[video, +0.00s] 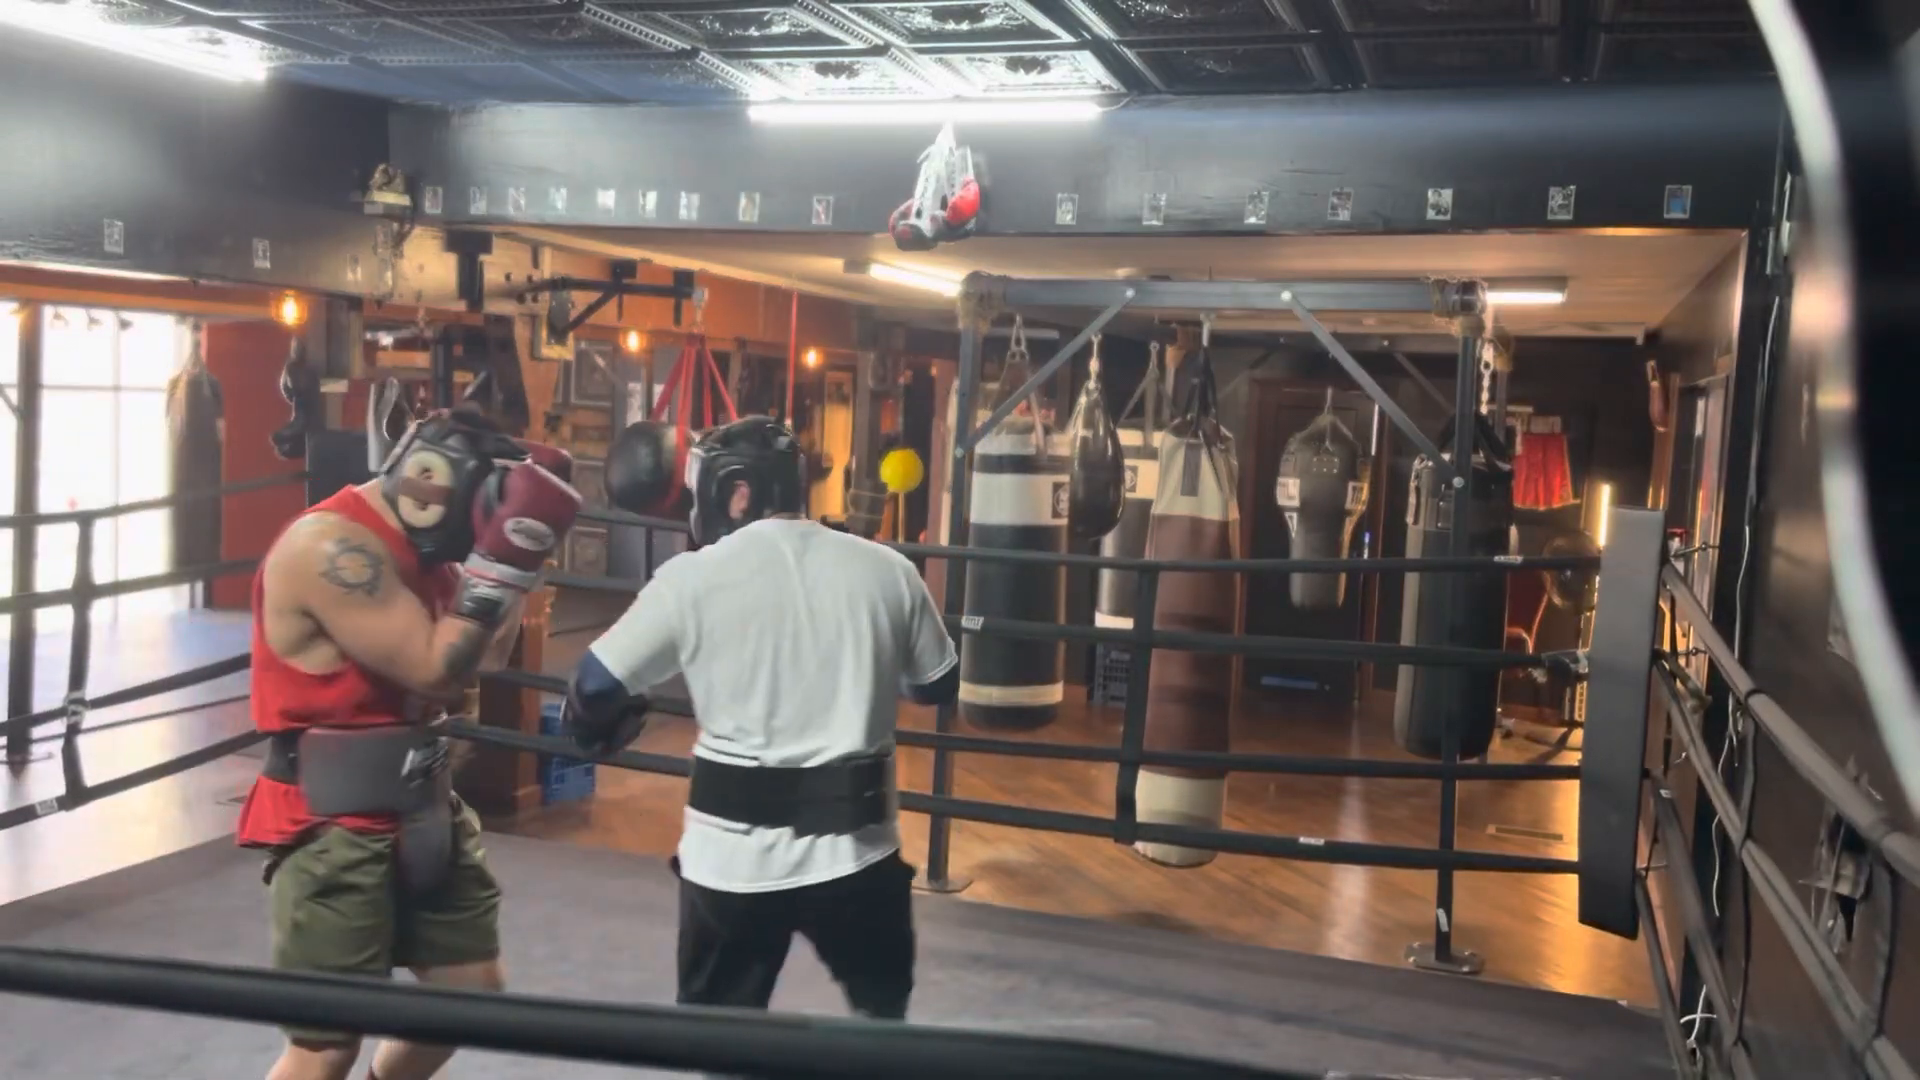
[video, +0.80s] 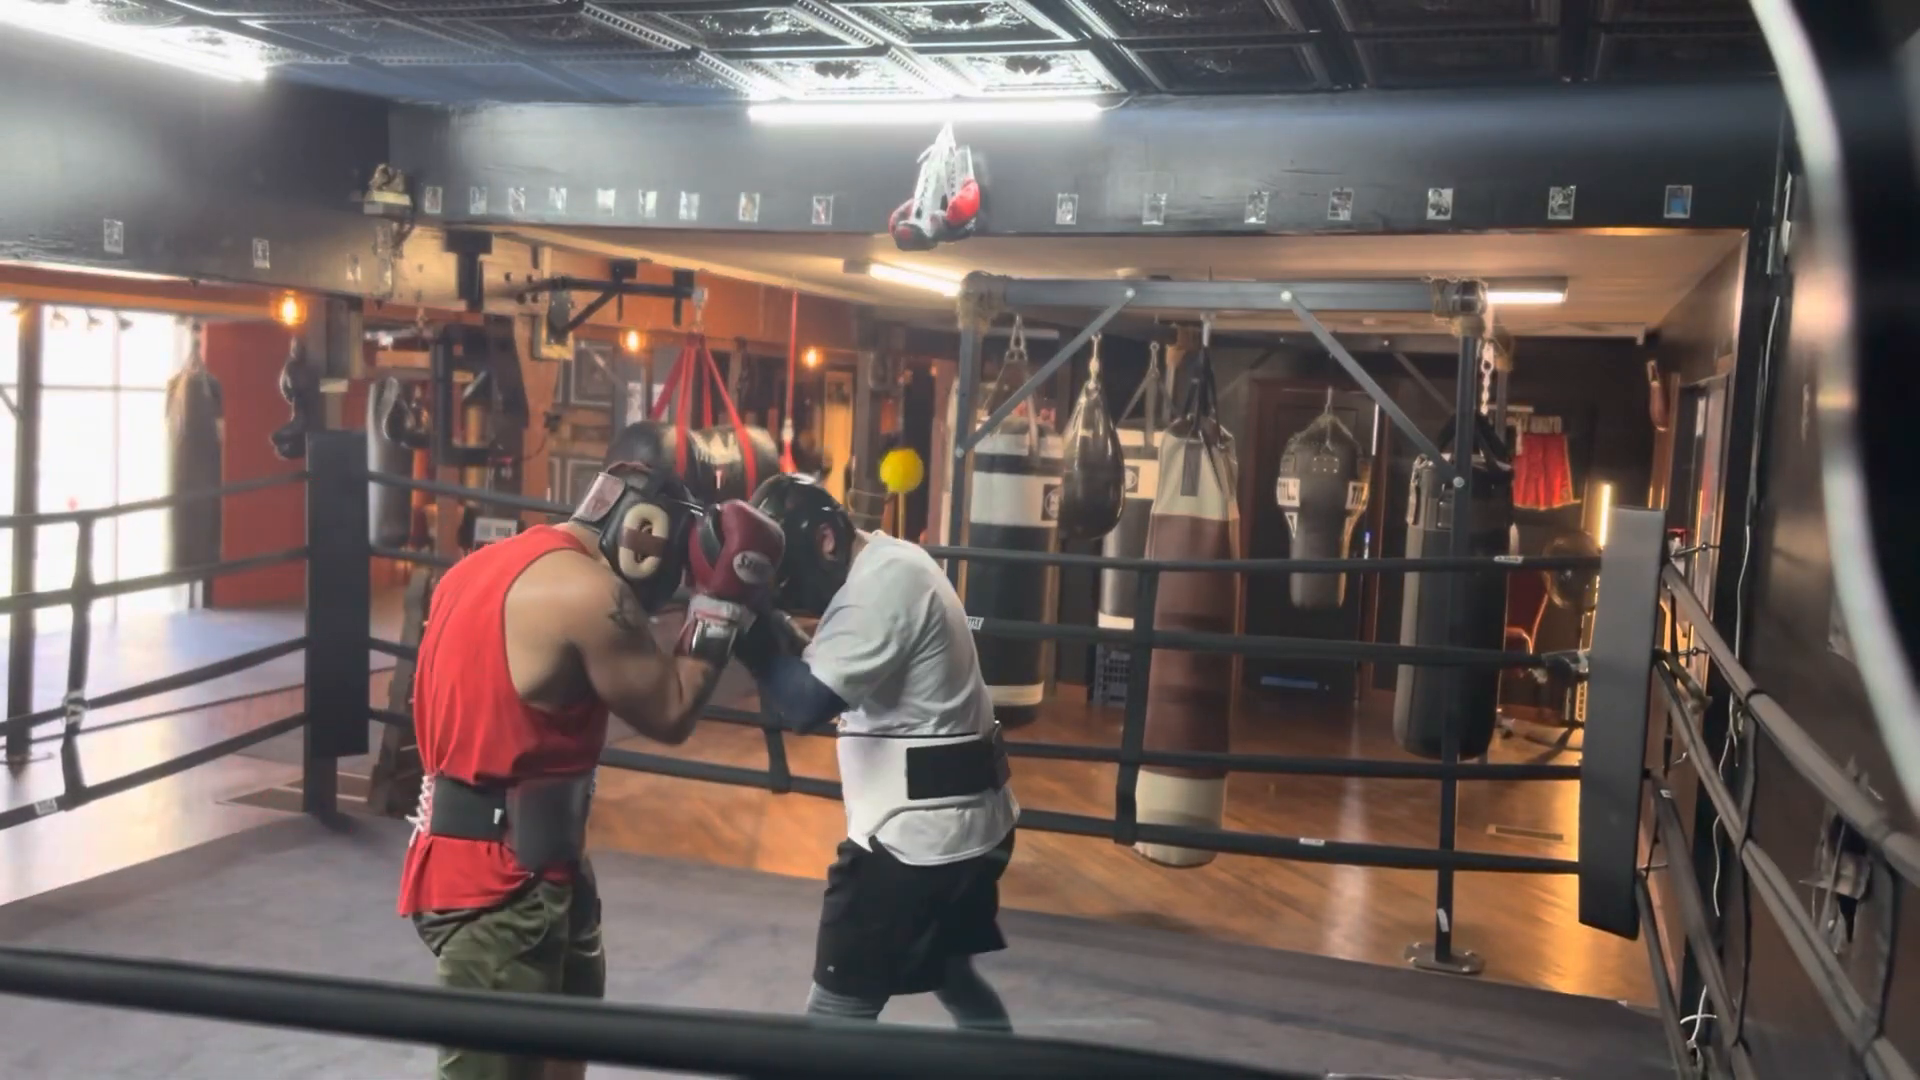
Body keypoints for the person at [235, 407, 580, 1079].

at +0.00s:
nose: (444, 508)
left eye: (462, 496)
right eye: (430, 479)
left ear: (480, 498)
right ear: (405, 466)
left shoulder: (433, 542)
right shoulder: (324, 548)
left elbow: (461, 678)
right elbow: (436, 669)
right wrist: (500, 566)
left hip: (426, 807)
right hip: (333, 824)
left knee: (467, 994)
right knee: (324, 1047)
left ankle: (383, 1073)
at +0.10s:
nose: (490, 495)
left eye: (504, 482)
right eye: (480, 471)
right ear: (448, 464)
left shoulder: (425, 535)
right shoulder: (376, 544)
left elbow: (491, 634)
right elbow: (481, 663)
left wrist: (537, 553)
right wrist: (542, 561)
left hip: (432, 801)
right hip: (354, 817)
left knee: (491, 978)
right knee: (337, 1039)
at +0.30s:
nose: (556, 512)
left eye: (574, 503)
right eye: (548, 493)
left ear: (595, 516)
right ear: (515, 484)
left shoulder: (490, 547)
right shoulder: (476, 565)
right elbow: (566, 688)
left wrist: (572, 602)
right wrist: (633, 593)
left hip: (493, 824)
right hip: (435, 836)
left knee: (533, 1024)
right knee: (415, 1052)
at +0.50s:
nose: (620, 521)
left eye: (640, 512)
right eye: (614, 499)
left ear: (656, 523)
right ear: (591, 485)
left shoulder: (545, 536)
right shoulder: (537, 554)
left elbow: (608, 660)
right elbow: (620, 683)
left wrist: (674, 579)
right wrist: (692, 593)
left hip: (516, 817)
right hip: (476, 825)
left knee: (547, 1041)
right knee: (506, 1049)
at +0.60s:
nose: (632, 526)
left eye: (653, 516)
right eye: (625, 503)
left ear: (673, 525)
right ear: (598, 485)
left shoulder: (543, 541)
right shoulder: (557, 562)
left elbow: (626, 678)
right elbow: (655, 677)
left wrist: (684, 581)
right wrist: (713, 575)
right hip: (494, 835)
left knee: (543, 1052)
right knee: (500, 1060)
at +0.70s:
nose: (654, 549)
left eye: (664, 534)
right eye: (647, 529)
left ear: (595, 497)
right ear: (620, 512)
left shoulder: (512, 553)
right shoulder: (573, 579)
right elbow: (669, 691)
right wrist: (719, 586)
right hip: (505, 859)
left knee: (562, 1049)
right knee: (504, 1061)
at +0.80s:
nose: (679, 557)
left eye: (684, 541)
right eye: (677, 538)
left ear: (598, 499)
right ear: (642, 526)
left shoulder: (486, 566)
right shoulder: (587, 591)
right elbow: (670, 714)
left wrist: (698, 617)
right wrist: (722, 609)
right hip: (507, 875)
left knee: (564, 1052)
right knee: (497, 1065)